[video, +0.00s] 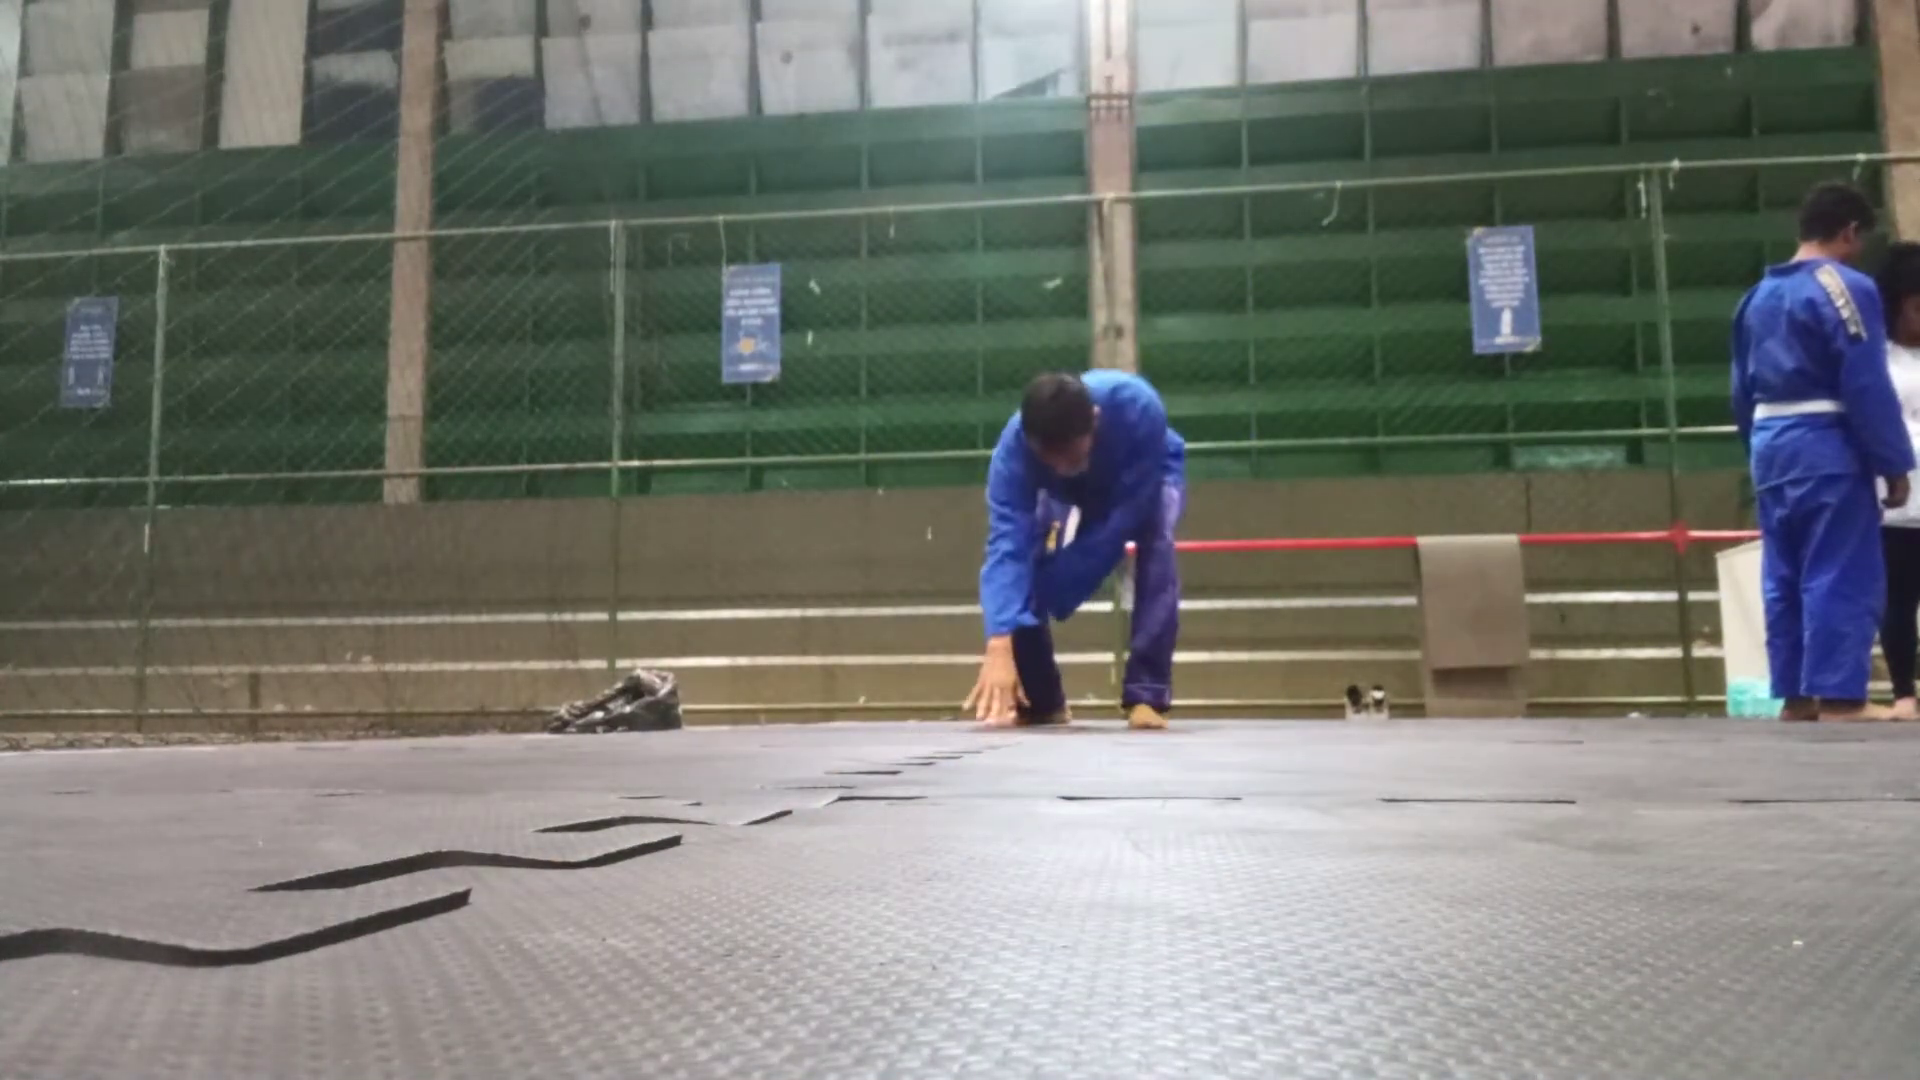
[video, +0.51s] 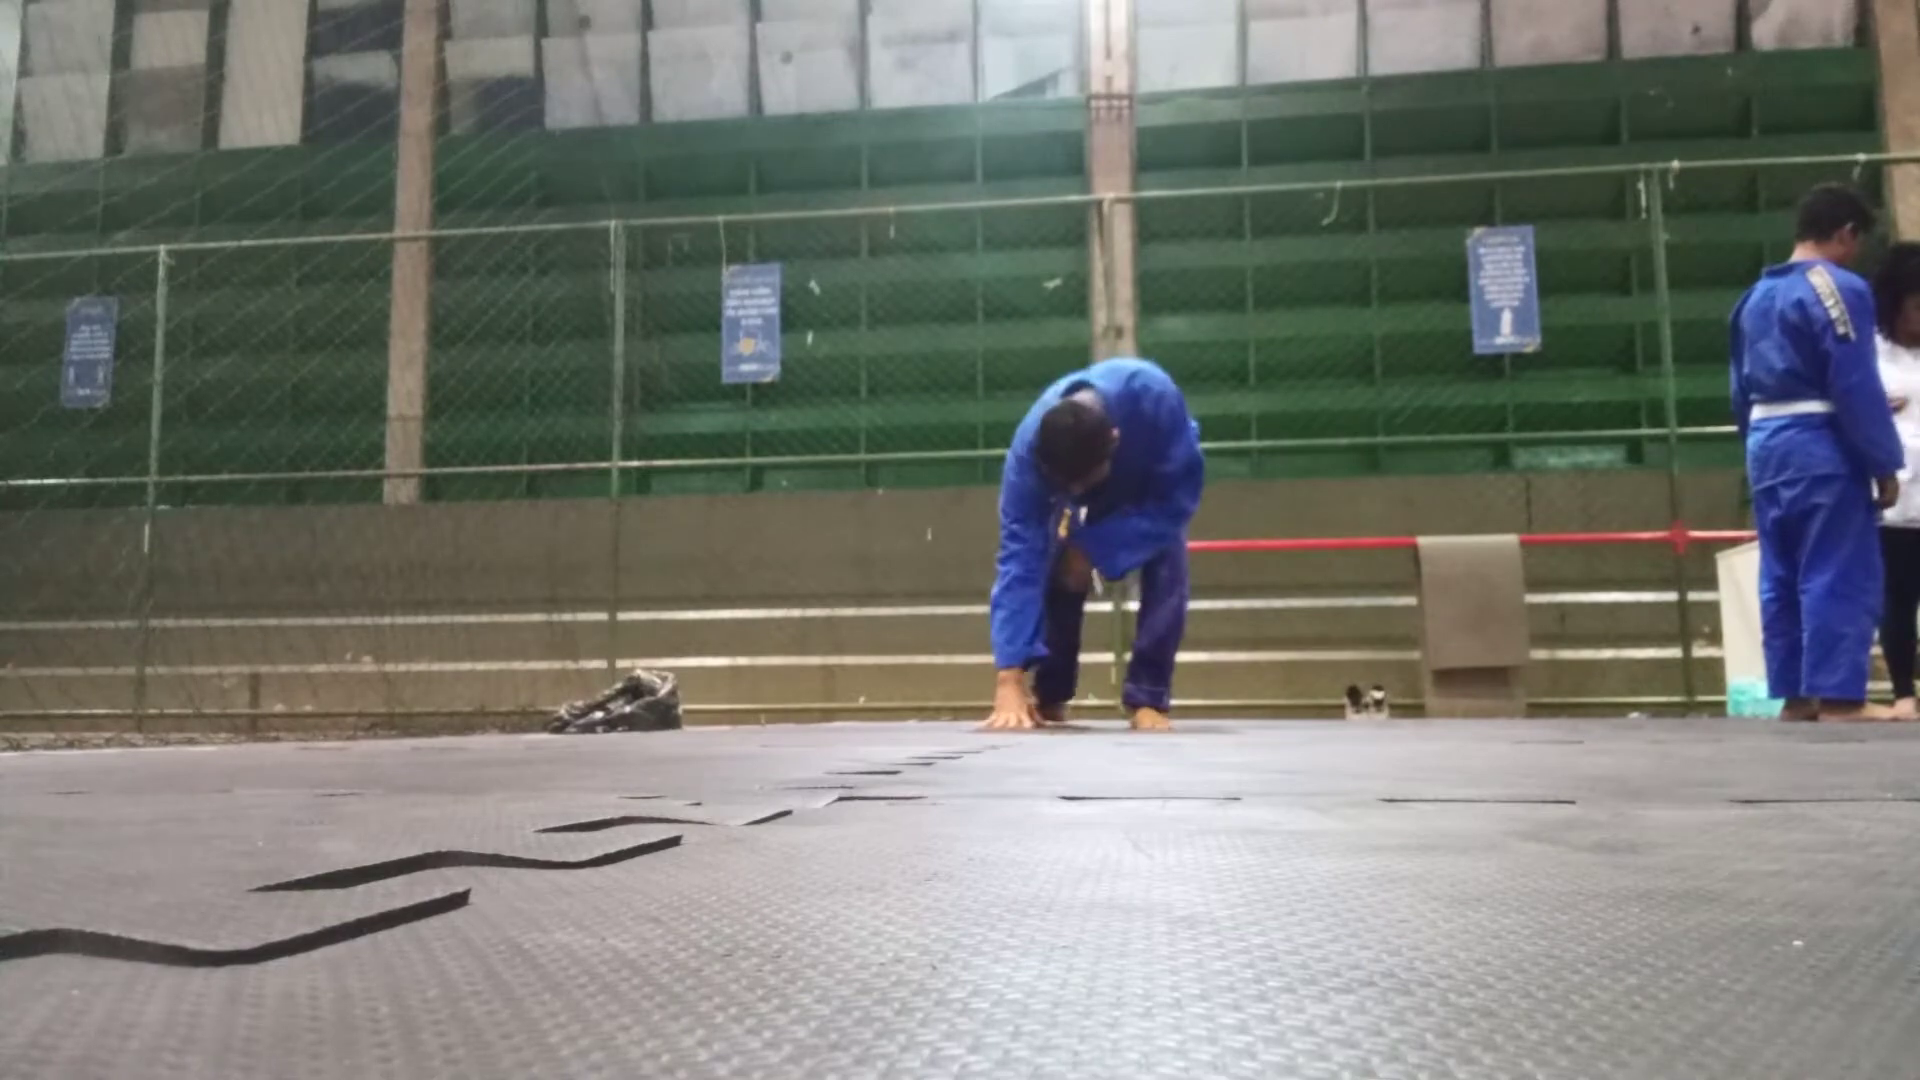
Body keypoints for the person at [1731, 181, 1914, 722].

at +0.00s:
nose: (1860, 247)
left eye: (1862, 239)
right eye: (1861, 238)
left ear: (1803, 230)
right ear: (1848, 232)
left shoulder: (1760, 295)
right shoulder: (1847, 288)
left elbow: (1743, 391)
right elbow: (1866, 385)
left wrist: (1762, 444)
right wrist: (1896, 464)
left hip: (1769, 442)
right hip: (1826, 440)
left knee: (1785, 575)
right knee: (1841, 572)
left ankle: (1795, 696)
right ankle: (1839, 698)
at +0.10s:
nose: (1859, 248)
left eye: (1862, 240)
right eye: (1861, 239)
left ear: (1803, 230)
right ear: (1848, 232)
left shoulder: (1758, 295)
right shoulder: (1844, 288)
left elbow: (1743, 392)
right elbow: (1864, 385)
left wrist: (1763, 447)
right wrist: (1893, 463)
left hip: (1768, 443)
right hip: (1825, 441)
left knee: (1785, 575)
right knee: (1841, 572)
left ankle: (1795, 698)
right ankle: (1839, 700)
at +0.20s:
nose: (1858, 250)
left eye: (1861, 241)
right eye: (1860, 240)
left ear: (1802, 230)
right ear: (1847, 233)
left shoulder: (1757, 295)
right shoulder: (1843, 288)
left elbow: (1743, 392)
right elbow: (1863, 386)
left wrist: (1762, 446)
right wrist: (1891, 464)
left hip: (1766, 442)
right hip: (1823, 439)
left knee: (1784, 573)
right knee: (1841, 570)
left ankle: (1795, 698)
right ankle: (1839, 699)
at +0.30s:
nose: (1859, 250)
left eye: (1862, 241)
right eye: (1859, 240)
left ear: (1801, 231)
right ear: (1845, 233)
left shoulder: (1757, 295)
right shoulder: (1841, 288)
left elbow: (1742, 391)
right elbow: (1859, 386)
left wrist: (1762, 445)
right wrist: (1888, 464)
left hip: (1766, 440)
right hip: (1821, 438)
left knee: (1784, 573)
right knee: (1841, 569)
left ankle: (1795, 696)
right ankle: (1839, 698)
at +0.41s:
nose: (1857, 249)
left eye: (1860, 241)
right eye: (1858, 240)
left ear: (1801, 230)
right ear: (1845, 233)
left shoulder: (1756, 295)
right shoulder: (1840, 289)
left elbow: (1742, 392)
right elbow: (1857, 387)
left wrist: (1760, 446)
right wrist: (1886, 465)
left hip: (1765, 440)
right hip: (1820, 438)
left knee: (1783, 573)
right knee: (1840, 569)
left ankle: (1795, 696)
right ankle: (1838, 698)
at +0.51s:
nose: (1857, 251)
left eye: (1860, 242)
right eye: (1858, 241)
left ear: (1800, 231)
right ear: (1844, 234)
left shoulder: (1756, 295)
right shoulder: (1838, 289)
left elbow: (1742, 392)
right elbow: (1856, 388)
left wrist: (1762, 445)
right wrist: (1885, 465)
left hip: (1764, 439)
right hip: (1819, 437)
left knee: (1783, 573)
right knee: (1839, 569)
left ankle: (1794, 697)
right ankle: (1839, 699)